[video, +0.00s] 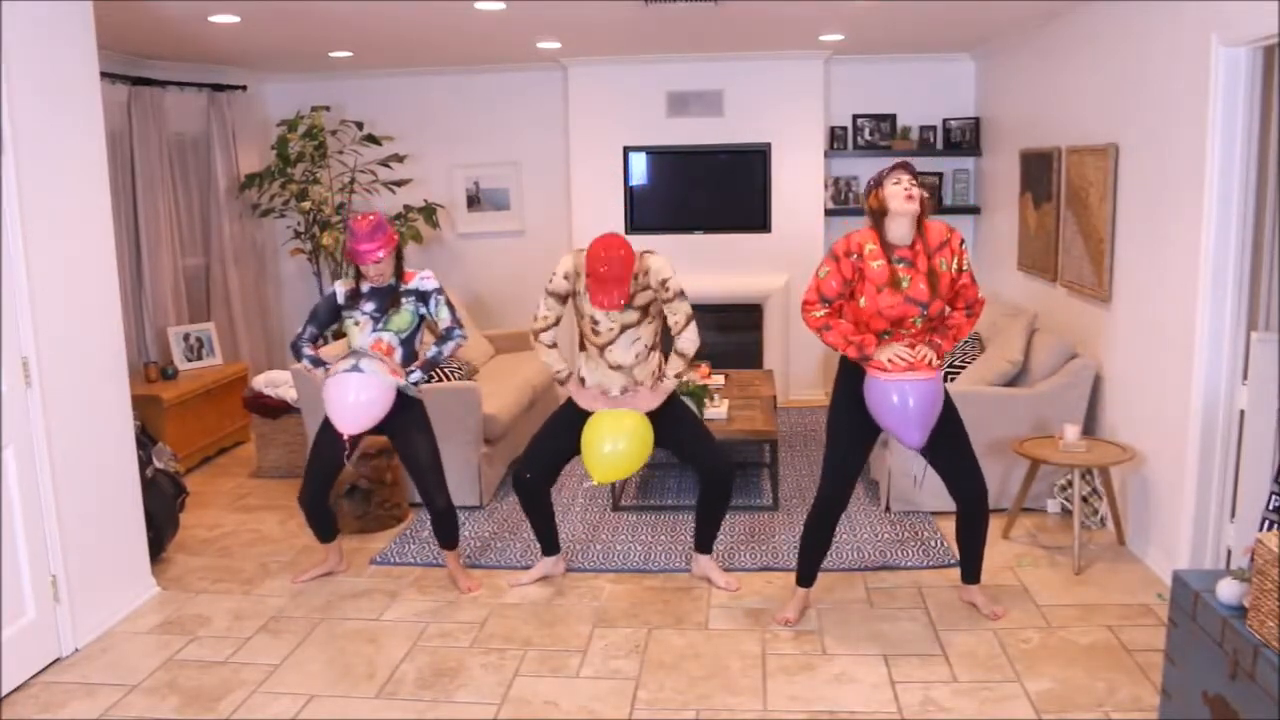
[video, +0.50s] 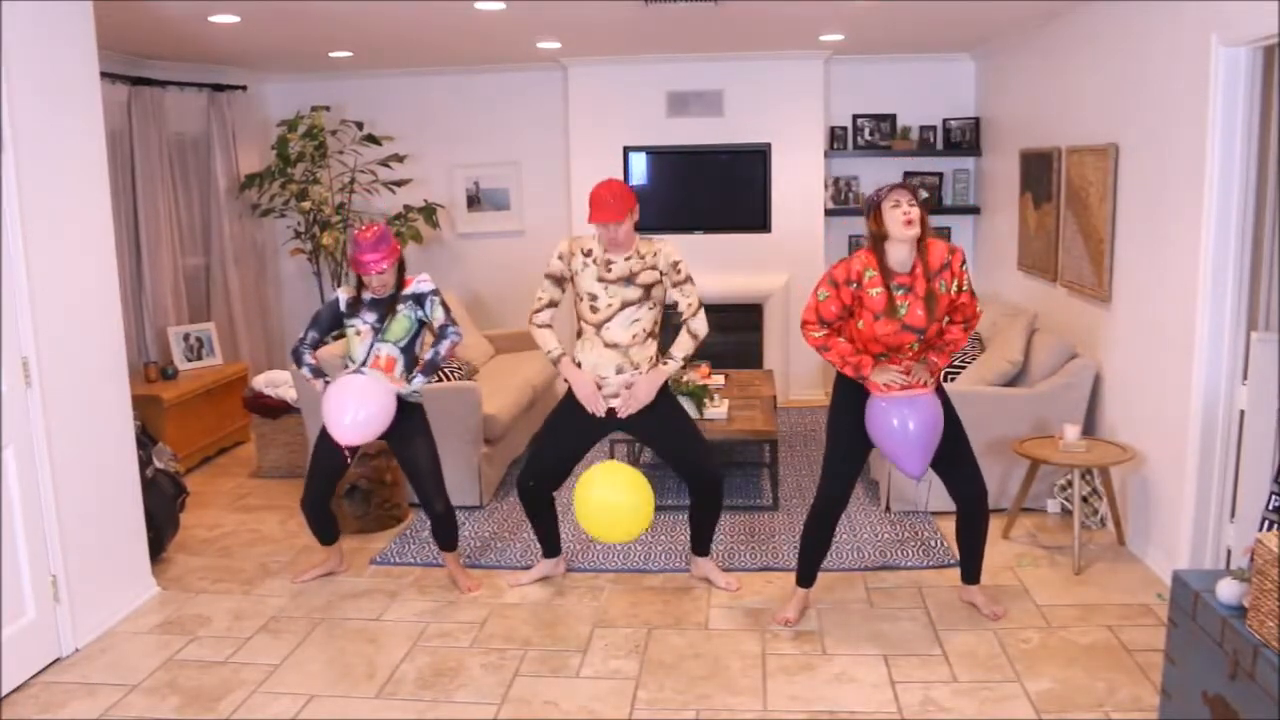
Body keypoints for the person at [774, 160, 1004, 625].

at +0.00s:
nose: (910, 188)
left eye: (915, 184)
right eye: (899, 183)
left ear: (924, 199)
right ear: (877, 197)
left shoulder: (944, 240)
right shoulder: (853, 247)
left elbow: (969, 305)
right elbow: (814, 308)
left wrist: (936, 349)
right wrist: (868, 349)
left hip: (923, 378)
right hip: (862, 377)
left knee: (972, 491)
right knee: (833, 492)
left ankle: (971, 585)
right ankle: (801, 592)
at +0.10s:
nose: (908, 191)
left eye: (914, 186)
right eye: (897, 186)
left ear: (923, 202)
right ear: (877, 200)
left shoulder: (944, 243)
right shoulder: (853, 252)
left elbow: (968, 306)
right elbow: (815, 312)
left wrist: (934, 353)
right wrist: (868, 353)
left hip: (923, 378)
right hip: (862, 378)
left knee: (972, 492)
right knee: (833, 491)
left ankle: (971, 585)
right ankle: (801, 592)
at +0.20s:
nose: (906, 195)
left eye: (913, 191)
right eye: (895, 191)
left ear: (923, 207)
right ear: (876, 206)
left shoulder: (944, 246)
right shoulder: (852, 258)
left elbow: (967, 310)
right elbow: (815, 317)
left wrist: (933, 356)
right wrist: (868, 358)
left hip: (924, 380)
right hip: (861, 379)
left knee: (973, 491)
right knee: (833, 491)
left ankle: (971, 585)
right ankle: (801, 592)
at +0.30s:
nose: (906, 200)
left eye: (912, 195)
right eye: (895, 196)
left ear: (923, 210)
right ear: (876, 211)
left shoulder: (944, 251)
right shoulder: (853, 262)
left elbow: (966, 313)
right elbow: (815, 321)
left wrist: (933, 359)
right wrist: (867, 362)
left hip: (924, 380)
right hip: (861, 380)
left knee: (973, 491)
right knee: (833, 491)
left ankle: (971, 585)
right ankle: (801, 592)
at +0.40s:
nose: (908, 207)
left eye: (913, 201)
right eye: (897, 202)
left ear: (923, 214)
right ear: (877, 215)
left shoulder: (945, 255)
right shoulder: (853, 266)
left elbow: (965, 316)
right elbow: (815, 324)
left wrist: (933, 362)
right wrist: (867, 366)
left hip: (924, 382)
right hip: (861, 382)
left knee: (973, 492)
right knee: (833, 492)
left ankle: (971, 585)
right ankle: (801, 593)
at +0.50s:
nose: (909, 211)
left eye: (914, 205)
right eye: (897, 206)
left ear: (923, 217)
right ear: (878, 220)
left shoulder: (947, 259)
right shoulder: (853, 270)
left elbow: (964, 318)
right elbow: (815, 326)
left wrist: (933, 363)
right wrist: (866, 370)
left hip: (924, 384)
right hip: (861, 384)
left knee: (973, 492)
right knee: (833, 492)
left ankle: (971, 585)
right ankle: (801, 594)